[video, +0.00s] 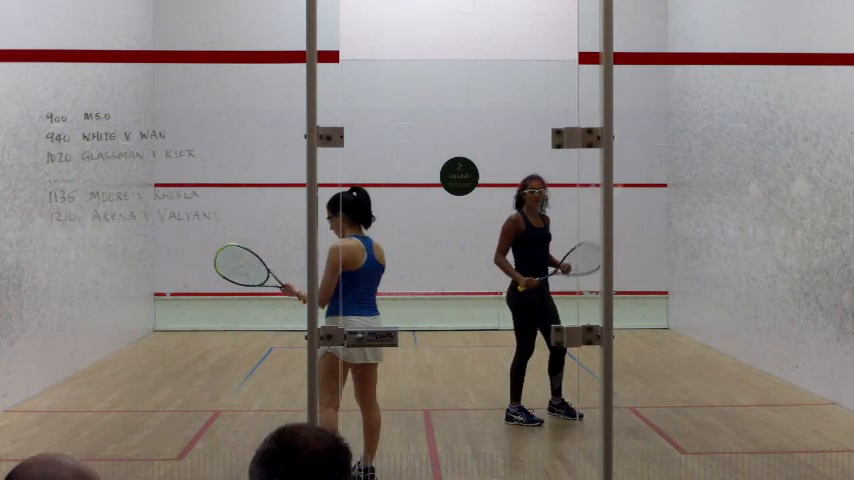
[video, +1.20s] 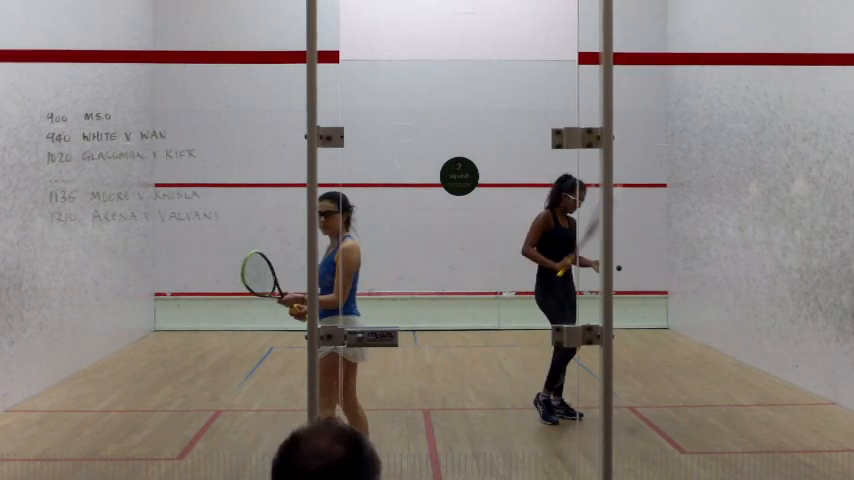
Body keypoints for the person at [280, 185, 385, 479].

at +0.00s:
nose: (329, 225)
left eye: (330, 219)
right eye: (329, 219)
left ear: (342, 217)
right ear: (359, 217)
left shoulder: (340, 250)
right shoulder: (377, 250)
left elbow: (323, 298)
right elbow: (363, 294)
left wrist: (300, 294)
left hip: (339, 332)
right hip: (370, 331)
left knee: (328, 404)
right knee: (368, 401)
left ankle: (327, 467)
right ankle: (367, 466)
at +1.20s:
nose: (322, 220)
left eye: (328, 214)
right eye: (319, 215)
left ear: (344, 216)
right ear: (317, 216)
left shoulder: (348, 248)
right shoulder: (335, 248)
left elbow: (339, 299)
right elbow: (329, 296)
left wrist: (301, 299)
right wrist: (306, 309)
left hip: (338, 328)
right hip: (336, 327)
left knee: (325, 402)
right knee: (348, 399)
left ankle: (324, 460)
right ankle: (364, 455)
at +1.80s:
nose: (303, 239)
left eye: (303, 233)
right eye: (304, 233)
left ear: (307, 235)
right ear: (328, 230)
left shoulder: (321, 261)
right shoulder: (349, 256)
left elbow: (325, 314)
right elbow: (351, 308)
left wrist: (298, 326)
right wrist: (311, 324)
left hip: (358, 337)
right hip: (379, 333)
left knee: (321, 400)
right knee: (366, 396)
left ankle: (325, 463)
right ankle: (385, 460)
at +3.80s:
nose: (330, 246)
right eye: (328, 243)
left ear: (299, 253)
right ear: (326, 245)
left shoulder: (305, 275)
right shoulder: (349, 264)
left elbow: (317, 321)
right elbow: (347, 317)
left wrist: (325, 355)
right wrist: (305, 341)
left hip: (352, 332)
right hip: (385, 328)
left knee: (323, 402)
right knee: (373, 395)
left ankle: (329, 463)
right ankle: (382, 462)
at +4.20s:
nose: (308, 246)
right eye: (305, 242)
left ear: (274, 255)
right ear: (302, 247)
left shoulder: (284, 281)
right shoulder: (328, 270)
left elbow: (295, 330)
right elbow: (309, 323)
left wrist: (307, 365)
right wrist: (268, 339)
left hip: (329, 345)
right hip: (361, 340)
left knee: (299, 409)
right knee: (362, 399)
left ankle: (317, 462)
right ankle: (381, 460)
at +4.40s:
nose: (287, 240)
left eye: (286, 236)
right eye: (285, 237)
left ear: (257, 248)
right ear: (280, 240)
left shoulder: (264, 273)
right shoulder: (299, 263)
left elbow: (263, 324)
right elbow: (280, 320)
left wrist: (267, 367)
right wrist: (240, 333)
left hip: (312, 338)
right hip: (337, 333)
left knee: (293, 412)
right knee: (319, 400)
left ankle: (315, 462)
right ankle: (347, 446)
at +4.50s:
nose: (275, 237)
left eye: (274, 234)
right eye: (273, 234)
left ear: (245, 245)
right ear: (269, 238)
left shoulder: (252, 270)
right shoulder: (291, 261)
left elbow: (243, 322)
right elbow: (273, 317)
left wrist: (241, 369)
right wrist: (232, 333)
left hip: (301, 338)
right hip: (323, 332)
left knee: (289, 415)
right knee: (294, 411)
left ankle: (315, 467)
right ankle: (317, 463)